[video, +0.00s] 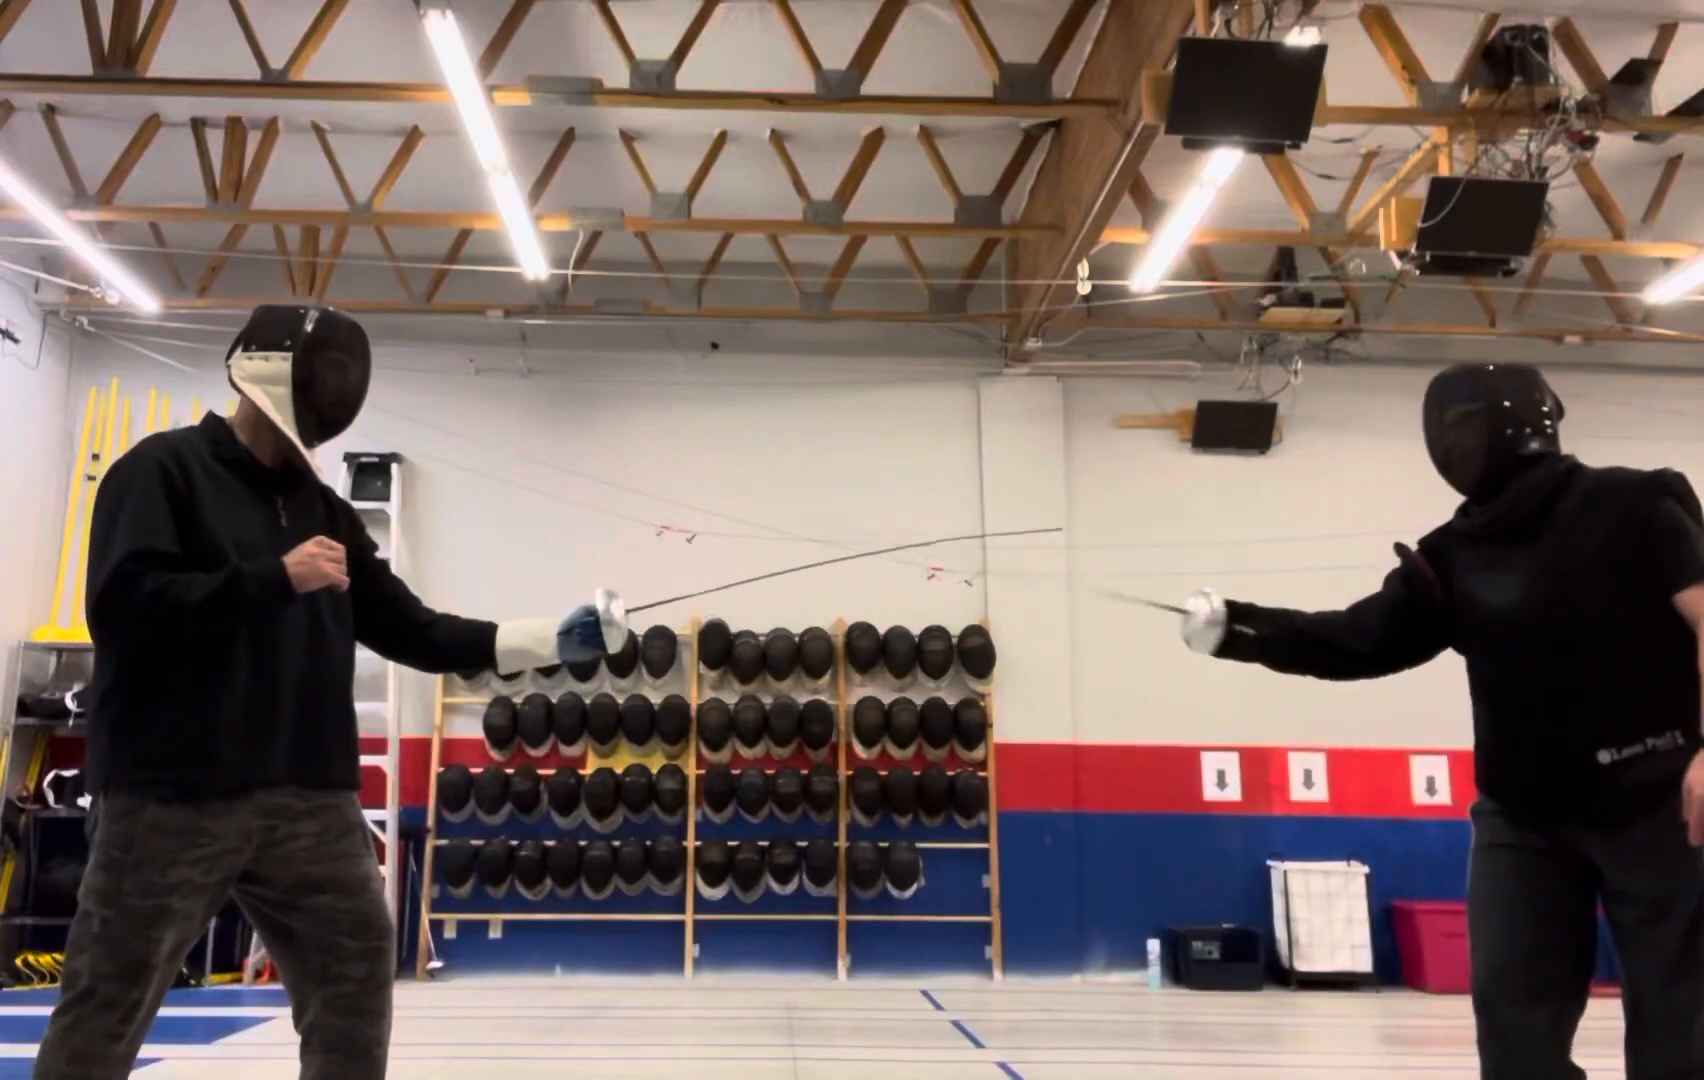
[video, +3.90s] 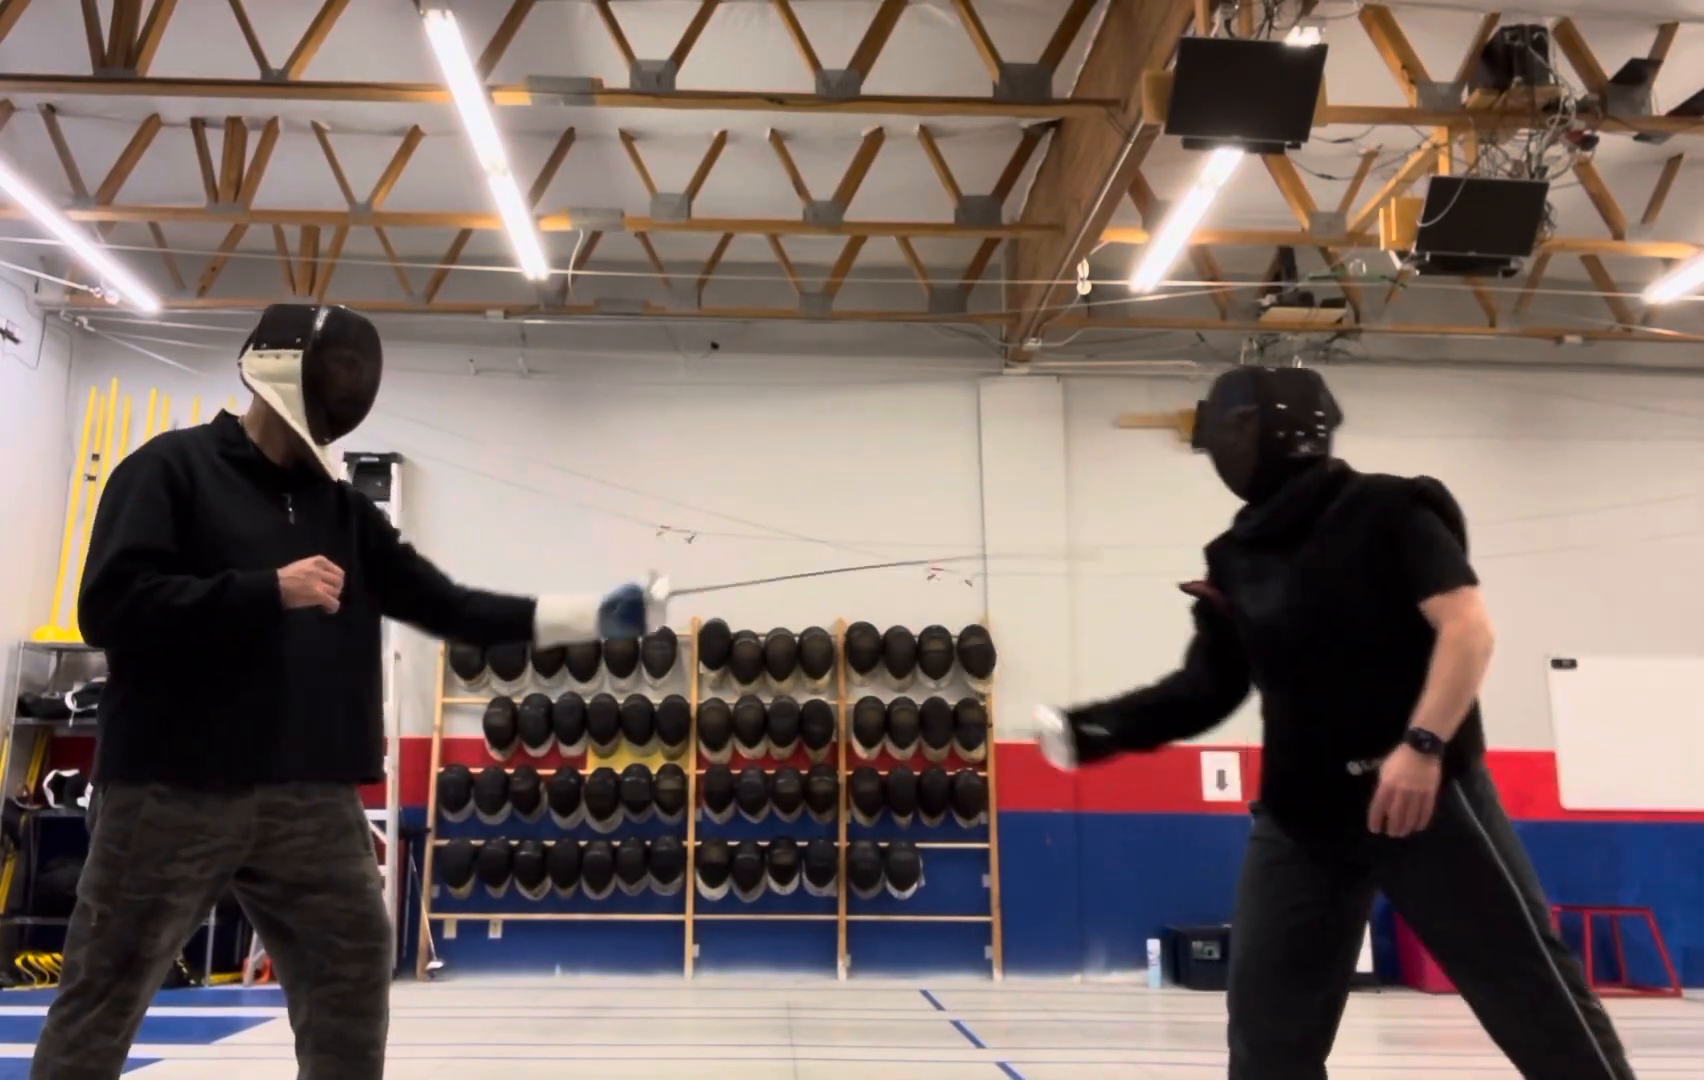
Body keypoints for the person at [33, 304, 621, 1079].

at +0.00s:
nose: (327, 398)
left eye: (337, 383)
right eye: (314, 376)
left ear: (332, 395)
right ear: (260, 368)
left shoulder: (320, 511)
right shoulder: (154, 472)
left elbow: (408, 629)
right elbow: (125, 608)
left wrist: (549, 642)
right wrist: (275, 576)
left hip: (305, 801)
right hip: (168, 801)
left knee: (355, 975)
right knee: (104, 1012)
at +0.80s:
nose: (327, 438)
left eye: (340, 422)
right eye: (318, 416)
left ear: (348, 411)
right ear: (275, 386)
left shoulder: (337, 514)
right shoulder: (170, 468)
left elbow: (448, 607)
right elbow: (112, 598)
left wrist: (591, 598)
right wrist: (269, 586)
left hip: (310, 803)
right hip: (170, 796)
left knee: (355, 1004)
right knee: (98, 1014)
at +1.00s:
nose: (352, 443)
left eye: (363, 427)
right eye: (341, 418)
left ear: (367, 423)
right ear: (297, 391)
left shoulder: (369, 515)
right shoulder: (187, 464)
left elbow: (497, 529)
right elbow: (122, 587)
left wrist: (645, 501)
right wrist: (279, 586)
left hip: (305, 796)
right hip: (163, 790)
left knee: (352, 985)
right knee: (96, 1000)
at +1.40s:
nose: (349, 422)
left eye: (359, 406)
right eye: (336, 398)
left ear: (357, 407)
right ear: (283, 379)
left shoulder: (350, 512)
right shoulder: (173, 471)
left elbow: (471, 559)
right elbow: (119, 600)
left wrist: (623, 550)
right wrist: (276, 587)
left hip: (312, 804)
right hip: (171, 798)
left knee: (355, 1001)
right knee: (100, 1010)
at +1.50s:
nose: (327, 435)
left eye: (338, 418)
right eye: (317, 413)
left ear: (342, 407)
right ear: (273, 387)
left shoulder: (337, 511)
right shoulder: (165, 474)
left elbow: (441, 606)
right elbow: (117, 604)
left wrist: (585, 623)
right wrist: (273, 586)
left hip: (310, 803)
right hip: (172, 796)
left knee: (353, 996)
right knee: (102, 1008)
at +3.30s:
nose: (351, 428)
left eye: (363, 412)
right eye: (340, 402)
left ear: (364, 412)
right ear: (289, 380)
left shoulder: (358, 516)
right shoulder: (180, 465)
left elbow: (486, 558)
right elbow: (110, 592)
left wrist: (634, 542)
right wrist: (270, 590)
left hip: (306, 796)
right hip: (164, 791)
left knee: (349, 987)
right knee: (97, 1001)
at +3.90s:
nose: (326, 438)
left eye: (337, 421)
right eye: (315, 416)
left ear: (343, 407)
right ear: (273, 386)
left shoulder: (338, 508)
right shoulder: (162, 473)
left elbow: (445, 607)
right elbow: (109, 605)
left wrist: (589, 619)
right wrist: (265, 589)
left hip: (306, 798)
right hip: (167, 793)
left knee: (350, 988)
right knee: (99, 1005)